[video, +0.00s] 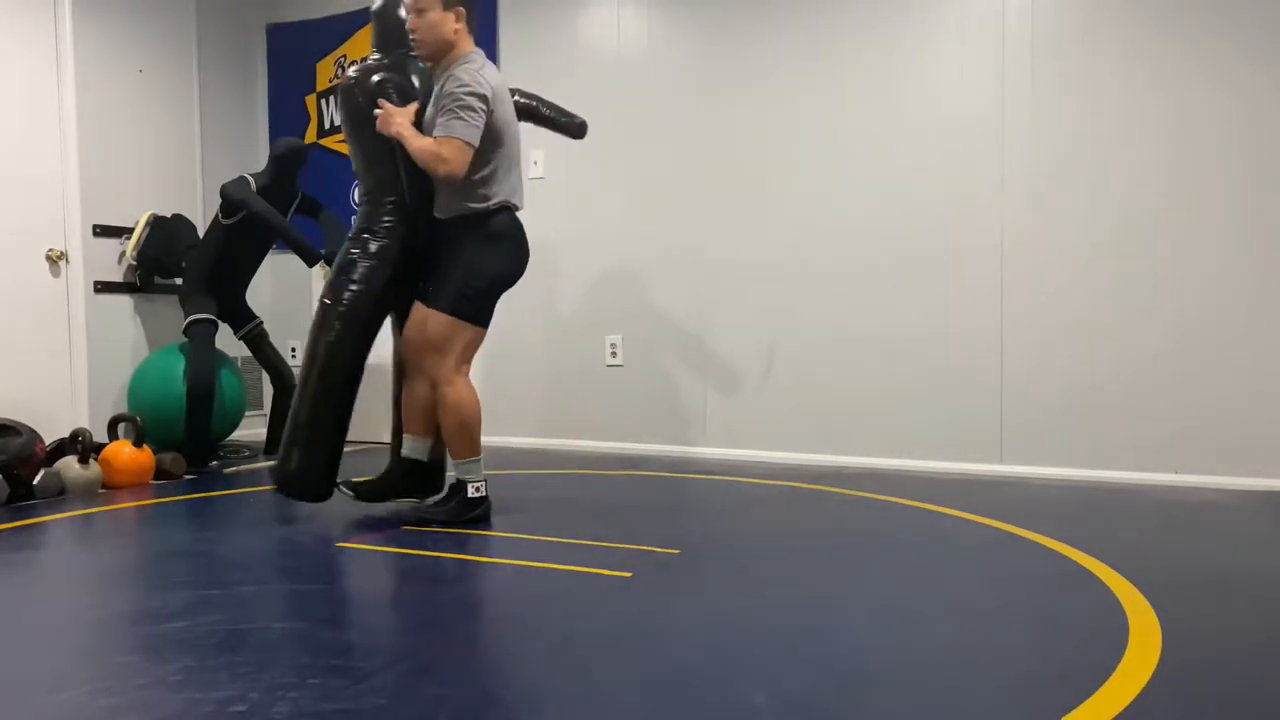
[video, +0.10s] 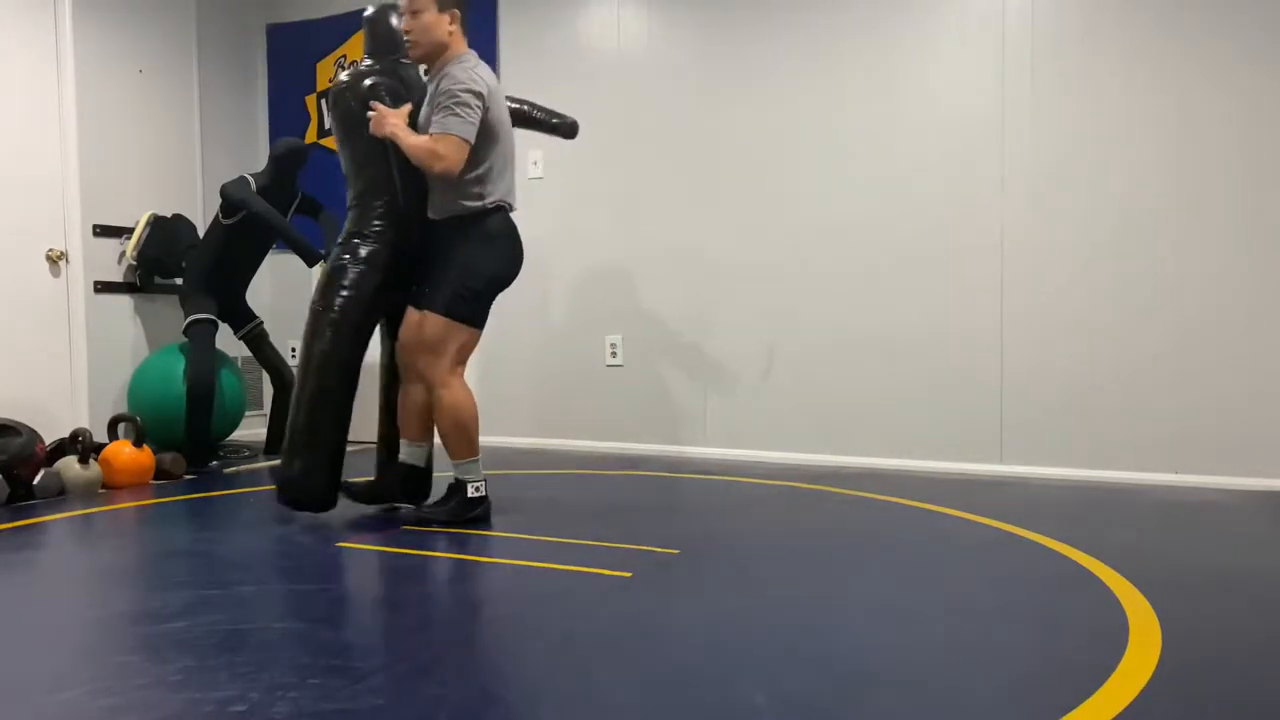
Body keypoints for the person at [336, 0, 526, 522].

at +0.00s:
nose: (409, 23)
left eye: (420, 12)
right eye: (408, 13)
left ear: (456, 18)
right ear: (444, 21)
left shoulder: (467, 79)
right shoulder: (446, 74)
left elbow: (452, 160)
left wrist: (403, 130)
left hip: (484, 236)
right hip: (455, 233)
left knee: (443, 361)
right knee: (415, 347)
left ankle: (470, 492)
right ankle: (416, 471)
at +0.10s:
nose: (403, 26)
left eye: (413, 14)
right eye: (402, 16)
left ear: (449, 20)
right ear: (443, 23)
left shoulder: (464, 79)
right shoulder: (442, 78)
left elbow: (447, 157)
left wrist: (398, 130)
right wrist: (395, 119)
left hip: (479, 237)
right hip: (448, 234)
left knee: (441, 365)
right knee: (413, 354)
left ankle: (471, 493)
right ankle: (410, 477)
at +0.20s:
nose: (400, 29)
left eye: (410, 17)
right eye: (398, 19)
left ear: (446, 26)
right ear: (434, 28)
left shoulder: (463, 82)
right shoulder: (425, 81)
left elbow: (450, 158)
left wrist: (394, 134)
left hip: (474, 241)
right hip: (440, 239)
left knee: (421, 365)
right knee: (413, 362)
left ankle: (469, 489)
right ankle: (411, 482)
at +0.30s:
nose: (395, 30)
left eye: (406, 17)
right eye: (393, 20)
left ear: (442, 25)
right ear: (430, 30)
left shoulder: (460, 82)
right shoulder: (421, 84)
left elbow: (453, 165)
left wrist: (396, 139)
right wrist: (338, 95)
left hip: (470, 240)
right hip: (444, 239)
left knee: (409, 361)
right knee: (419, 367)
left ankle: (464, 482)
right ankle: (413, 480)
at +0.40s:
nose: (390, 30)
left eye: (400, 17)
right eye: (387, 20)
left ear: (436, 22)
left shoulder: (458, 83)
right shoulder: (417, 81)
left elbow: (452, 168)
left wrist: (394, 142)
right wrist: (339, 84)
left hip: (472, 240)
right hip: (445, 238)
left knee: (423, 365)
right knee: (420, 362)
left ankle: (463, 489)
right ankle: (415, 477)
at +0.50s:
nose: (382, 34)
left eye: (391, 21)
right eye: (381, 23)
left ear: (426, 24)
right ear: (414, 28)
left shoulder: (454, 86)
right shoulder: (421, 84)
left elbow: (447, 173)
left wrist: (387, 147)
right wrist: (344, 92)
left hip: (477, 239)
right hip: (453, 238)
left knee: (431, 360)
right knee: (414, 348)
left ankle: (463, 492)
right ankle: (417, 474)